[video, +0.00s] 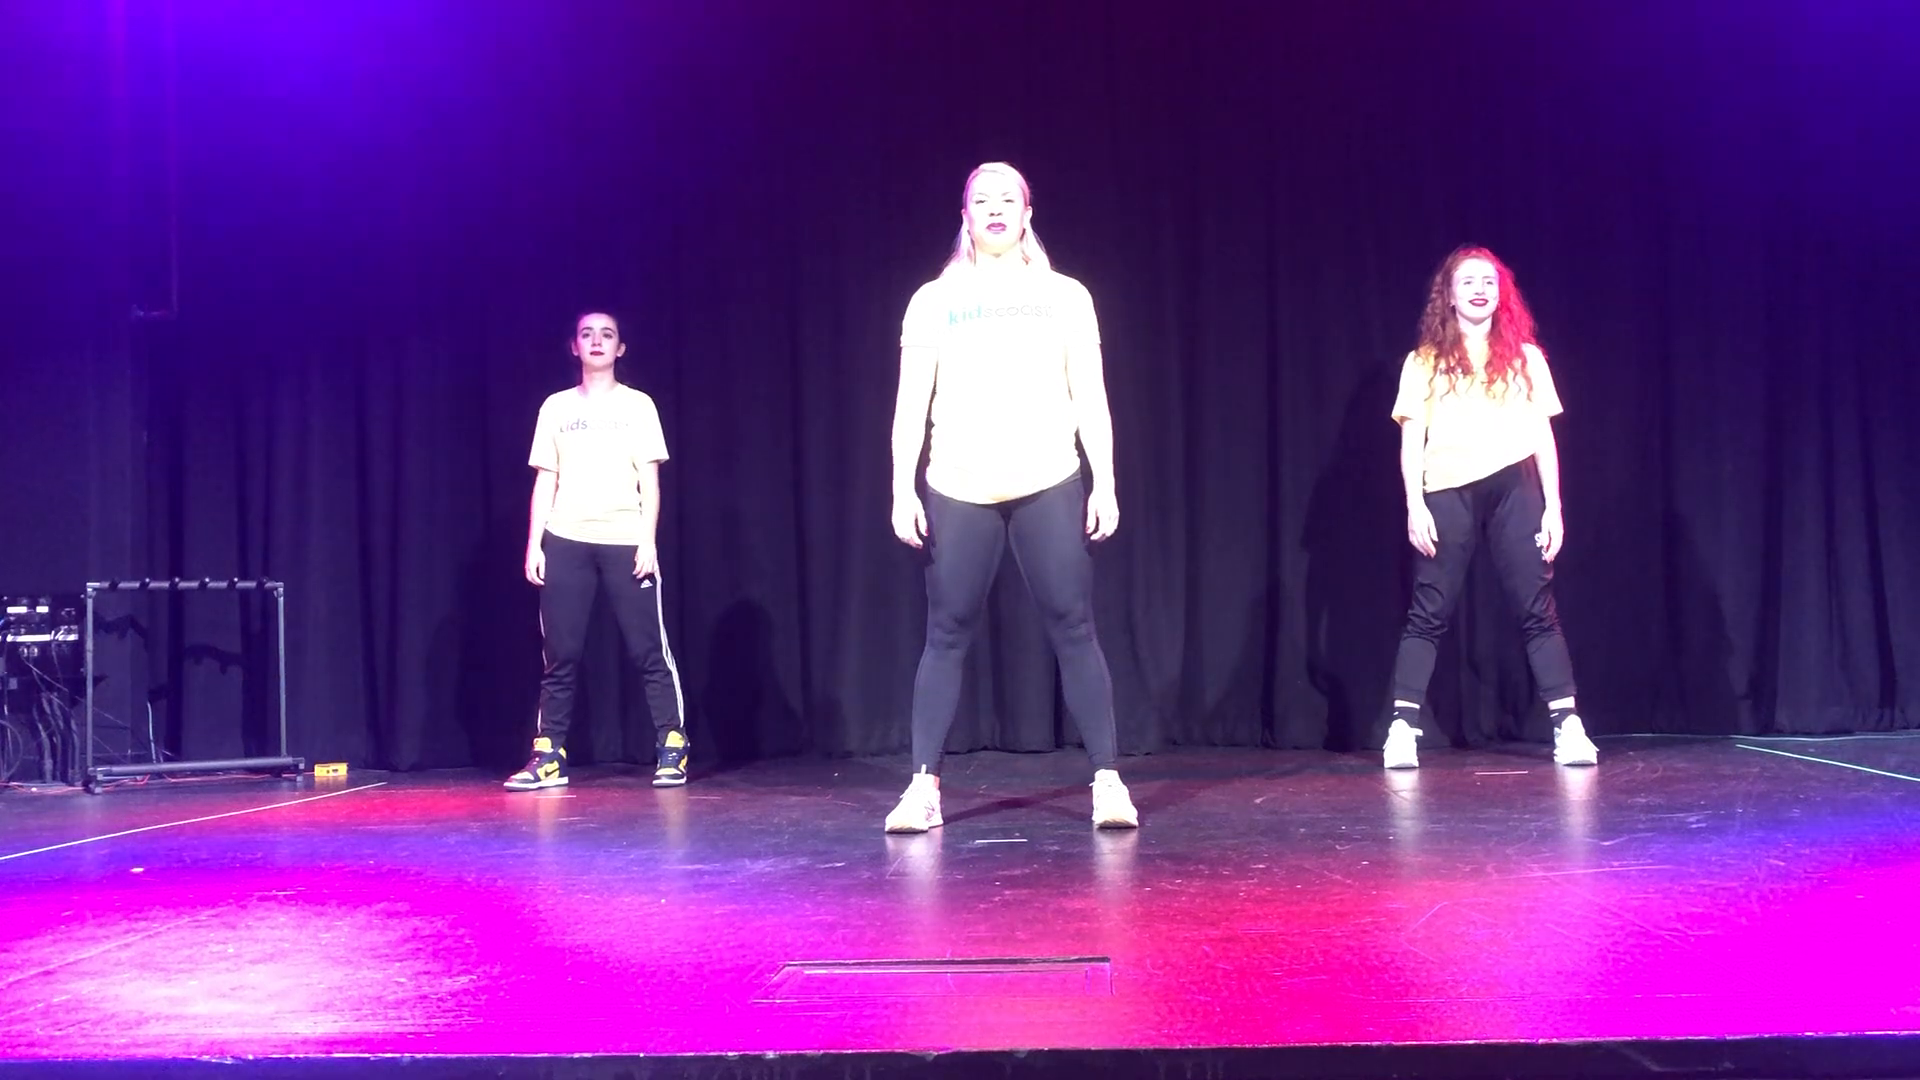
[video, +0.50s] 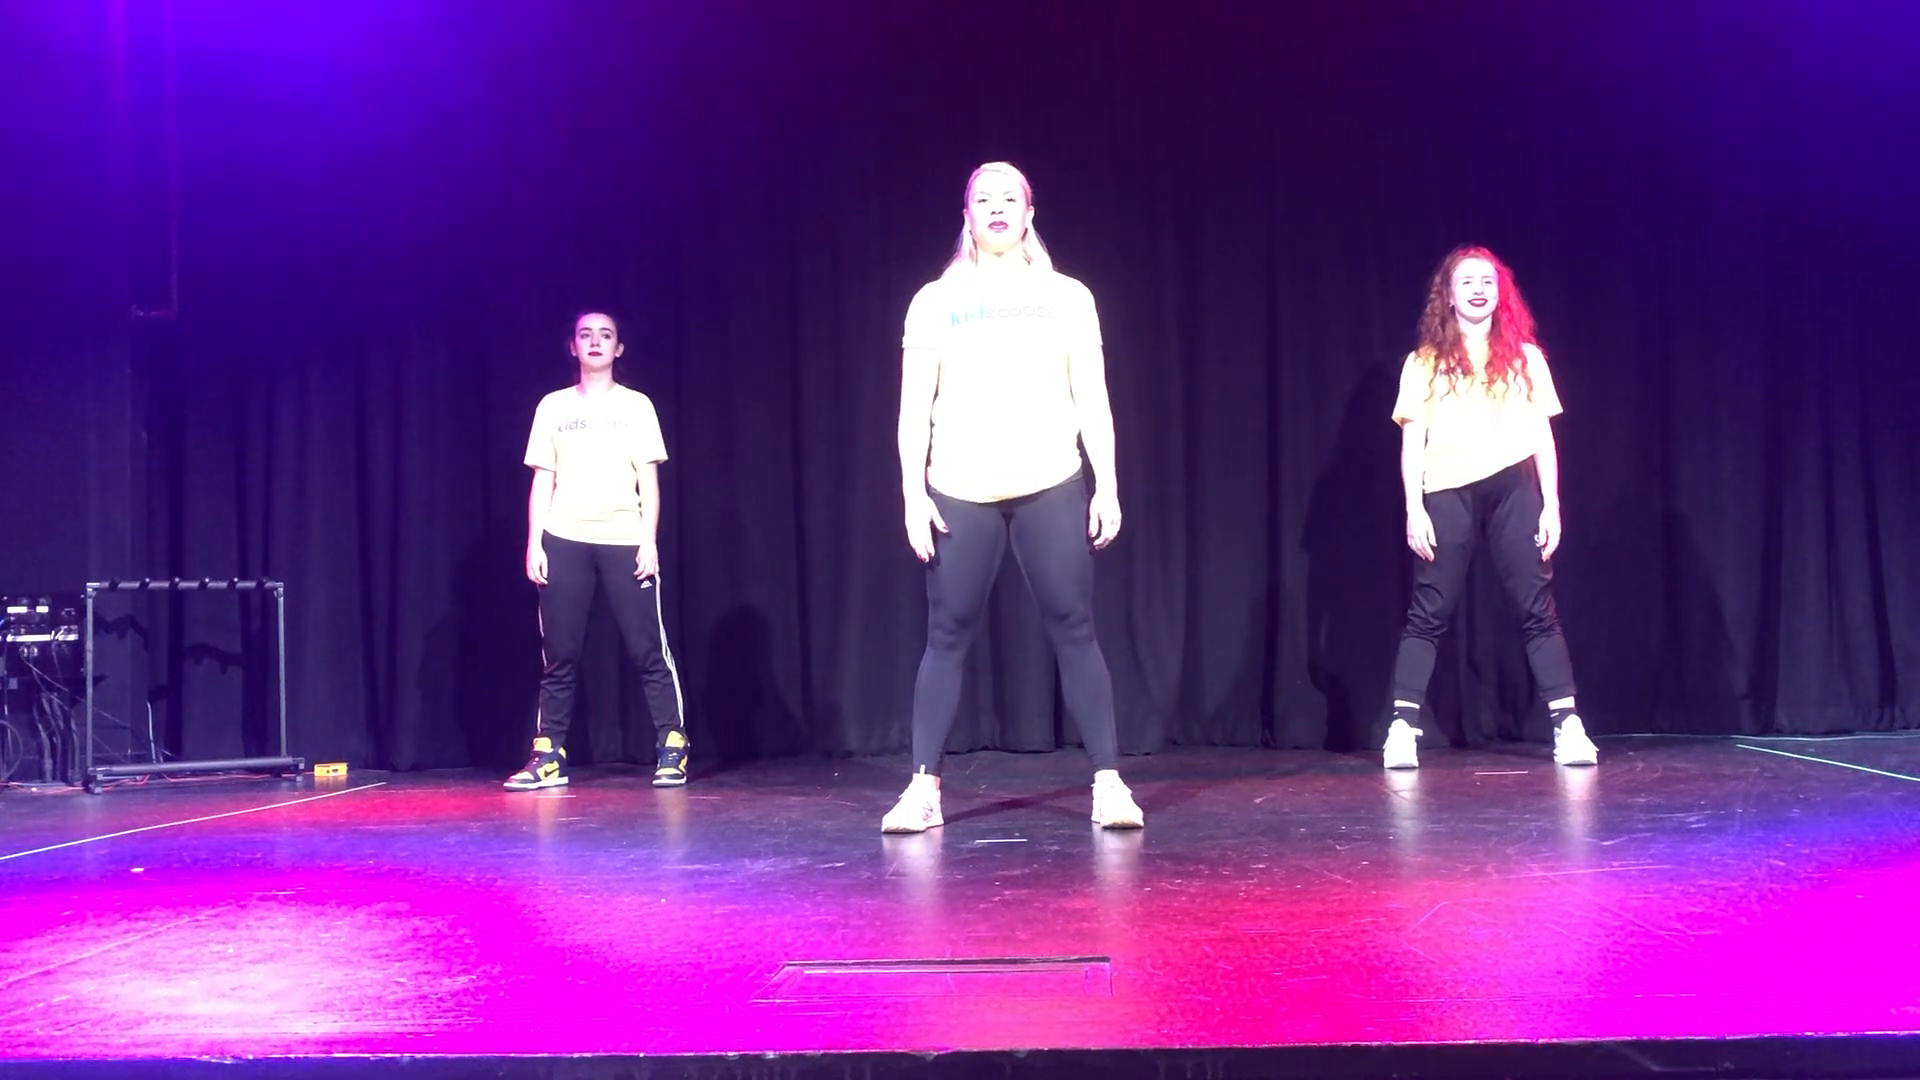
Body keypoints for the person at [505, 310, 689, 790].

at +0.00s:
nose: (596, 342)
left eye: (605, 335)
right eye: (588, 334)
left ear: (619, 348)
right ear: (575, 347)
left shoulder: (638, 405)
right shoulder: (555, 406)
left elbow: (649, 480)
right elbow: (545, 479)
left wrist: (647, 542)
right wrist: (534, 543)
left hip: (626, 543)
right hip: (566, 542)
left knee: (648, 652)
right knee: (559, 655)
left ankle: (672, 747)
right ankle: (549, 756)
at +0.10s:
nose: (595, 342)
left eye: (604, 335)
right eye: (586, 334)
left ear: (618, 348)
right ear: (574, 346)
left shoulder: (638, 405)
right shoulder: (554, 406)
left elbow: (648, 481)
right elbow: (543, 480)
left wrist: (647, 543)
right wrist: (533, 543)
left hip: (625, 543)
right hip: (564, 542)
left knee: (648, 652)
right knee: (558, 655)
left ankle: (672, 748)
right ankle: (550, 756)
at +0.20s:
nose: (594, 342)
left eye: (604, 335)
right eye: (586, 334)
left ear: (618, 348)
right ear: (573, 347)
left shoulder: (637, 405)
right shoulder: (553, 406)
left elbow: (648, 481)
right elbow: (542, 481)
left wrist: (647, 543)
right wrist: (534, 544)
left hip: (624, 543)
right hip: (564, 543)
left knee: (648, 652)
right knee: (558, 655)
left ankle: (672, 748)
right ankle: (549, 756)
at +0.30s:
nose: (594, 341)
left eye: (604, 335)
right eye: (586, 334)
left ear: (618, 348)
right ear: (573, 347)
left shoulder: (637, 405)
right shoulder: (553, 406)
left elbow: (648, 481)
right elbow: (542, 481)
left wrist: (647, 543)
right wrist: (535, 544)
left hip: (625, 542)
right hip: (564, 542)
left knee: (647, 652)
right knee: (559, 655)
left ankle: (672, 747)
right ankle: (549, 756)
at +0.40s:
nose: (594, 342)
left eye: (604, 335)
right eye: (586, 334)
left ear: (618, 348)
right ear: (573, 347)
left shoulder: (637, 405)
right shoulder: (552, 406)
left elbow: (648, 481)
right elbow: (542, 481)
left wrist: (648, 542)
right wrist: (535, 544)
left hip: (625, 542)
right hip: (564, 542)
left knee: (648, 652)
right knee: (558, 655)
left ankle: (672, 748)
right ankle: (549, 756)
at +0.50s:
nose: (595, 342)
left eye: (604, 335)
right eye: (586, 335)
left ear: (618, 348)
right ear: (573, 346)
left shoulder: (637, 405)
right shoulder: (552, 406)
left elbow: (648, 481)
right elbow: (542, 480)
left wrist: (648, 542)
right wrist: (534, 544)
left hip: (625, 543)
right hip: (564, 542)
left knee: (648, 652)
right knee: (558, 655)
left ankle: (672, 747)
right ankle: (549, 756)